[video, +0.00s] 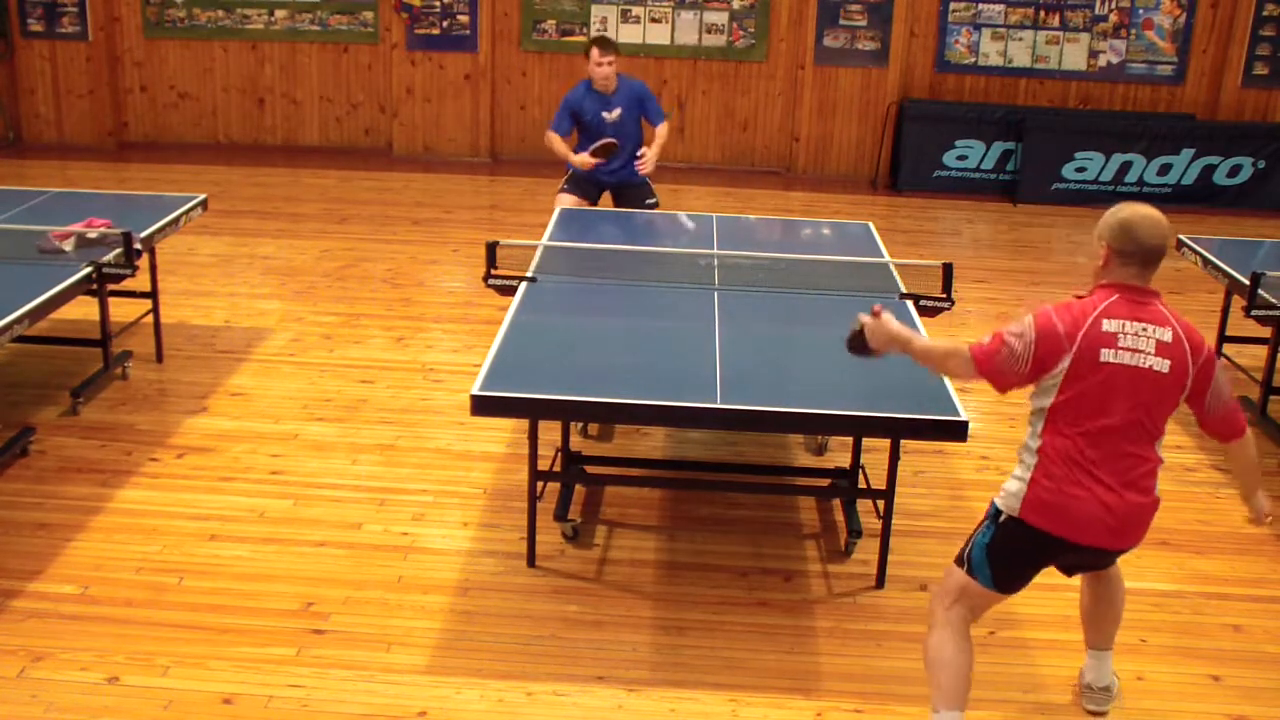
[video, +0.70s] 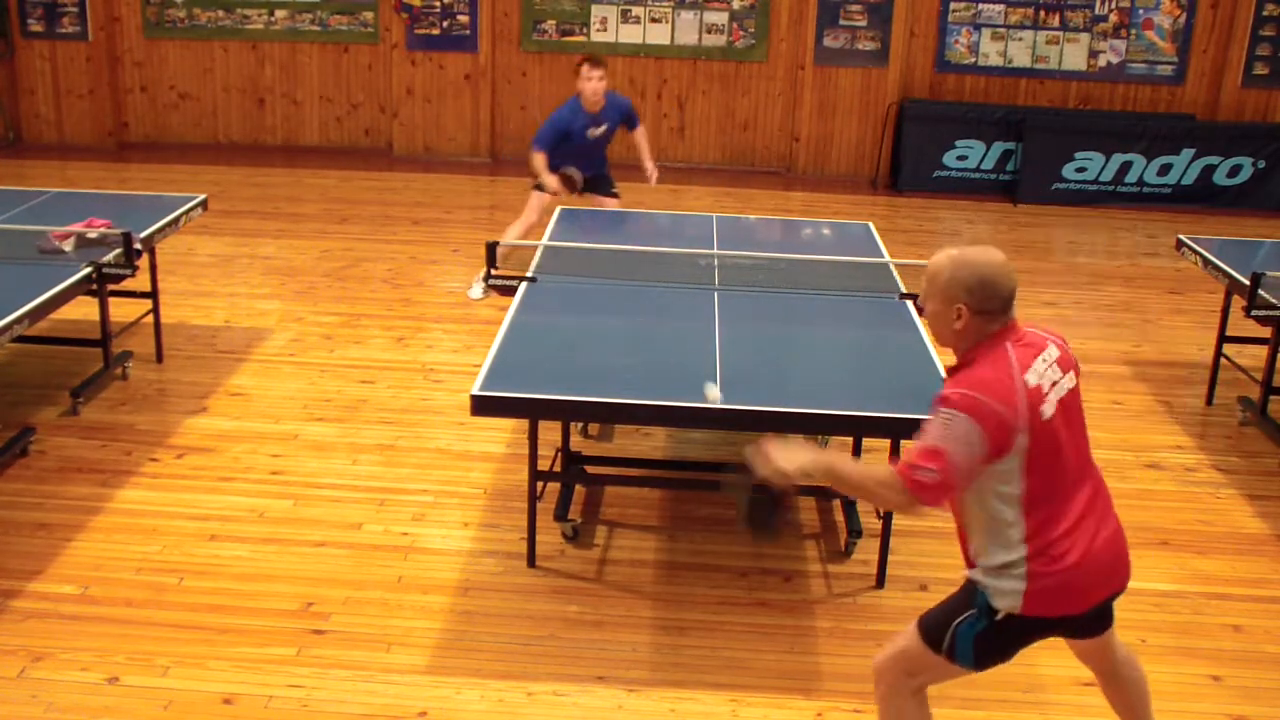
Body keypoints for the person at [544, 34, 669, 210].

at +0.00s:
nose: (605, 71)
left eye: (610, 64)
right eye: (599, 65)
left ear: (617, 64)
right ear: (588, 66)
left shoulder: (636, 90)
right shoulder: (577, 97)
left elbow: (661, 123)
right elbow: (552, 136)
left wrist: (654, 151)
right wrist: (573, 159)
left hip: (628, 171)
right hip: (588, 171)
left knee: (649, 224)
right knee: (563, 214)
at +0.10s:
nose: (583, 72)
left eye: (587, 65)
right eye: (576, 65)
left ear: (594, 63)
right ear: (566, 66)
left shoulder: (614, 83)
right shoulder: (556, 96)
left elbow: (647, 109)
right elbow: (533, 136)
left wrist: (647, 136)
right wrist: (556, 151)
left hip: (617, 164)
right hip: (577, 166)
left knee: (641, 218)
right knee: (554, 222)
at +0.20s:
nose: (562, 69)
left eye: (566, 63)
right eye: (556, 63)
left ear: (573, 63)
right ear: (543, 65)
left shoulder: (592, 77)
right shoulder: (538, 96)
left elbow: (632, 87)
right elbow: (521, 140)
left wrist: (642, 108)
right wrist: (535, 146)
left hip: (601, 153)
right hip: (563, 158)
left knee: (628, 203)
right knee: (546, 214)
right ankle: (539, 267)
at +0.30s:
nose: (550, 80)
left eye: (554, 74)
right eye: (544, 75)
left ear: (559, 73)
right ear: (530, 78)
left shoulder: (575, 81)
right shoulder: (529, 105)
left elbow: (613, 69)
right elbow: (516, 147)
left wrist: (650, 77)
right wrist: (510, 125)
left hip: (589, 146)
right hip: (549, 153)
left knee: (627, 198)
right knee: (532, 205)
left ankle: (648, 245)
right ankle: (523, 259)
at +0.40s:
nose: (547, 106)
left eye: (551, 100)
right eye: (540, 100)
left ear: (558, 99)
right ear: (528, 103)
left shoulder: (571, 101)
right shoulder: (525, 128)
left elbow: (588, 85)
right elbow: (506, 175)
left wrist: (616, 82)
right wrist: (505, 163)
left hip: (576, 157)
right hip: (537, 166)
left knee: (624, 185)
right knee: (518, 215)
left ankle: (619, 230)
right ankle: (490, 273)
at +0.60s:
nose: (566, 107)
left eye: (571, 100)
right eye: (560, 101)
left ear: (578, 102)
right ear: (548, 104)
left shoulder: (589, 120)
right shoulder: (537, 136)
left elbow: (601, 138)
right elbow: (516, 180)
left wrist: (611, 165)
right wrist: (525, 211)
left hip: (574, 177)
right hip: (539, 178)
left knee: (599, 220)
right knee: (524, 219)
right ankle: (487, 273)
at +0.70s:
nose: (594, 86)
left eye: (600, 80)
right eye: (588, 80)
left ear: (607, 82)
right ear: (578, 83)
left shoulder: (619, 105)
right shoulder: (567, 114)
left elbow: (636, 128)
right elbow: (537, 150)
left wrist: (647, 160)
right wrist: (546, 176)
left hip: (596, 170)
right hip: (561, 170)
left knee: (614, 220)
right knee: (531, 218)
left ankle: (612, 279)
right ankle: (489, 271)